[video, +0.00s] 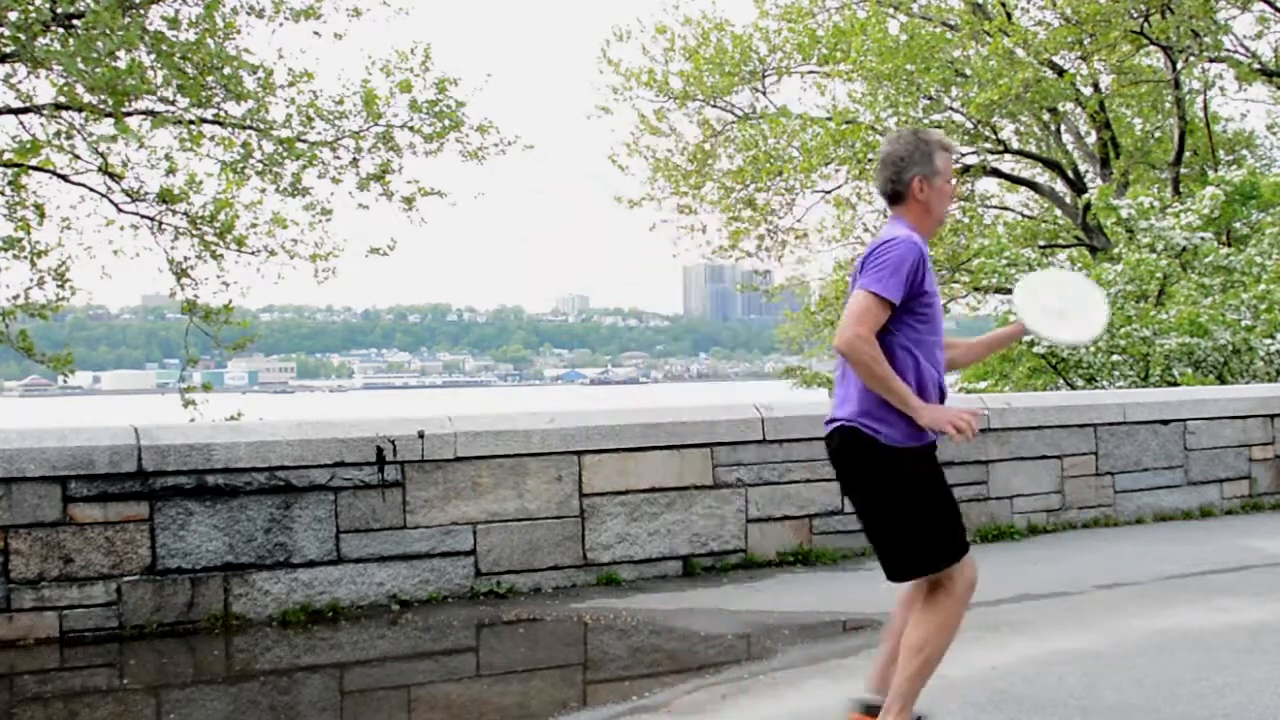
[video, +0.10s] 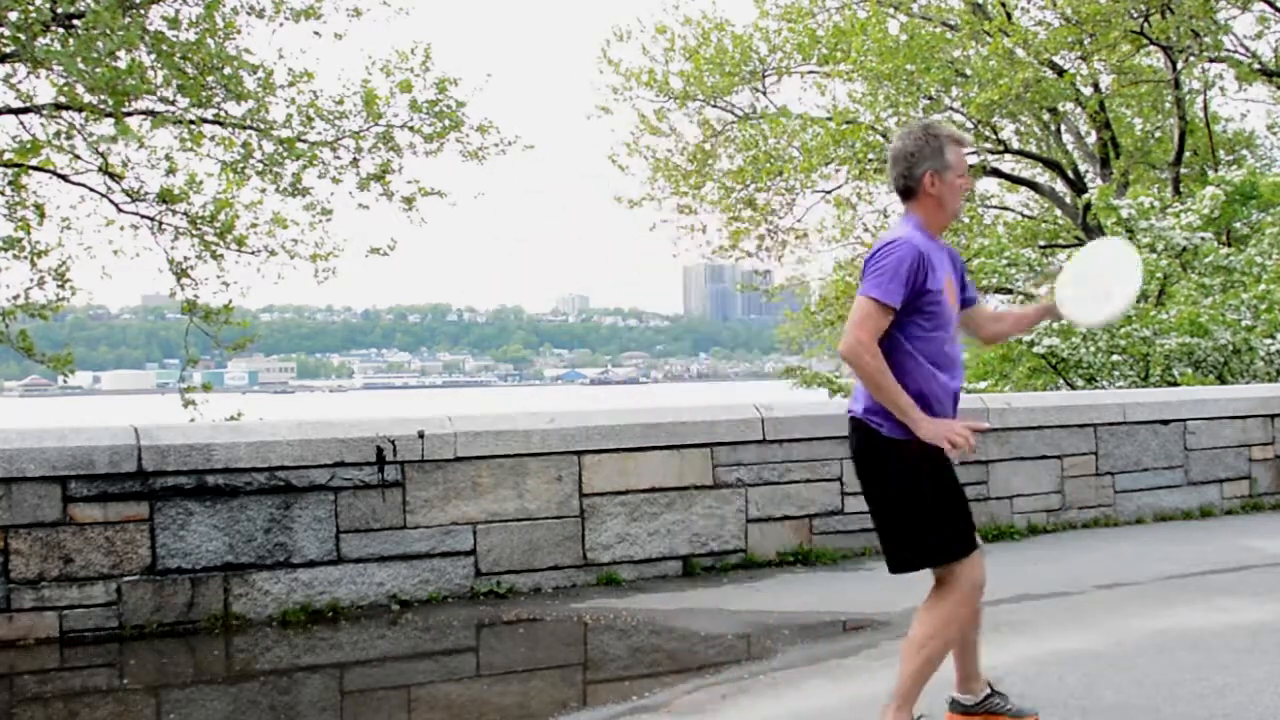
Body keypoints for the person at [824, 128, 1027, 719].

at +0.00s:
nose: (956, 189)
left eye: (955, 177)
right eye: (949, 177)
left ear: (913, 187)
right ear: (919, 185)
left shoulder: (906, 251)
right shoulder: (901, 249)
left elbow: (936, 357)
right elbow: (852, 339)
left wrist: (1016, 330)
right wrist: (923, 409)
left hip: (877, 437)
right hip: (881, 438)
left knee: (928, 576)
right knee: (956, 578)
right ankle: (895, 712)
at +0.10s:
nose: (970, 185)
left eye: (968, 173)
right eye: (962, 173)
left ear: (932, 182)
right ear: (931, 182)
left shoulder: (944, 256)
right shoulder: (903, 249)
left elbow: (986, 328)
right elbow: (857, 344)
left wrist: (1051, 307)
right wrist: (920, 420)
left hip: (920, 437)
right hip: (893, 438)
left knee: (964, 570)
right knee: (962, 575)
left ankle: (971, 693)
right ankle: (897, 710)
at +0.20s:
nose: (970, 173)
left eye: (967, 162)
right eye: (961, 163)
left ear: (934, 177)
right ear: (928, 177)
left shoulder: (964, 239)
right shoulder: (899, 253)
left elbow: (1027, 271)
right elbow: (863, 350)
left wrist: (1085, 234)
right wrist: (921, 429)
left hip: (952, 429)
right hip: (915, 435)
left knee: (977, 569)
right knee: (981, 570)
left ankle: (970, 695)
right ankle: (900, 707)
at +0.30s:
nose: (965, 158)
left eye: (960, 148)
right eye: (954, 150)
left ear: (928, 168)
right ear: (925, 168)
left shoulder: (968, 220)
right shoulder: (906, 245)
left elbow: (1042, 208)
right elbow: (871, 348)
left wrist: (1088, 155)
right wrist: (925, 432)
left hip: (972, 418)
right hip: (934, 425)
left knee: (986, 566)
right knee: (980, 567)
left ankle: (970, 694)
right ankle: (905, 704)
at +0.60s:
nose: (961, 151)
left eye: (954, 144)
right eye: (950, 146)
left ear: (936, 174)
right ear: (933, 171)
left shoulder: (979, 218)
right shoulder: (932, 240)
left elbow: (1021, 183)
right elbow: (915, 343)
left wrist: (1037, 107)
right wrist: (986, 410)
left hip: (1001, 422)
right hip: (956, 428)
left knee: (1058, 549)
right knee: (965, 576)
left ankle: (1013, 679)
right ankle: (913, 709)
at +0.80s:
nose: (984, 160)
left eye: (974, 154)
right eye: (974, 157)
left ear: (962, 182)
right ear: (960, 181)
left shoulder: (1005, 216)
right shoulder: (968, 246)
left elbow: (1033, 174)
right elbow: (981, 341)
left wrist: (1035, 103)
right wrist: (1078, 362)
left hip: (1039, 419)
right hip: (999, 428)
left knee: (1092, 550)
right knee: (990, 576)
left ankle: (1071, 686)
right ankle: (921, 708)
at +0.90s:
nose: (996, 164)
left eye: (987, 158)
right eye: (985, 161)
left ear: (977, 185)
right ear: (972, 185)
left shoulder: (1017, 215)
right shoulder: (986, 246)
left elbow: (1038, 159)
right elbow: (1021, 329)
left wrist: (1044, 91)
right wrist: (1113, 308)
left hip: (1074, 409)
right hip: (1033, 418)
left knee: (1107, 552)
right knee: (1045, 566)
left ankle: (1074, 688)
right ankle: (947, 692)